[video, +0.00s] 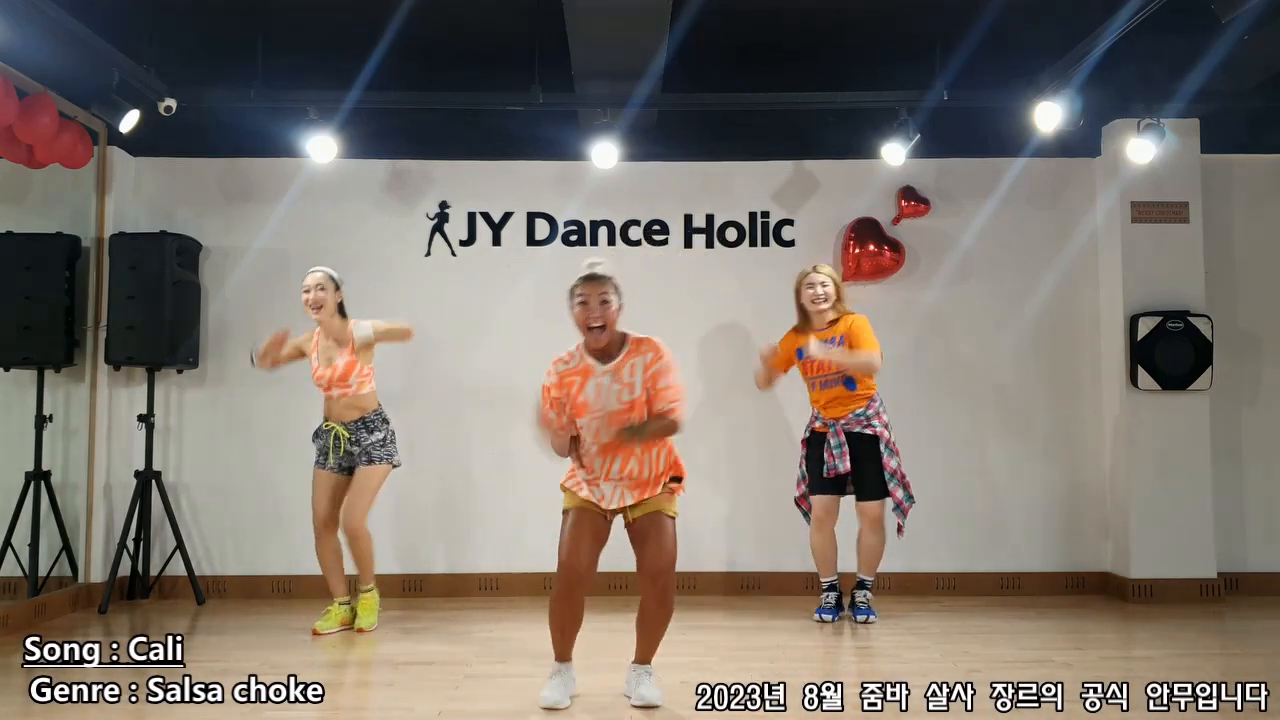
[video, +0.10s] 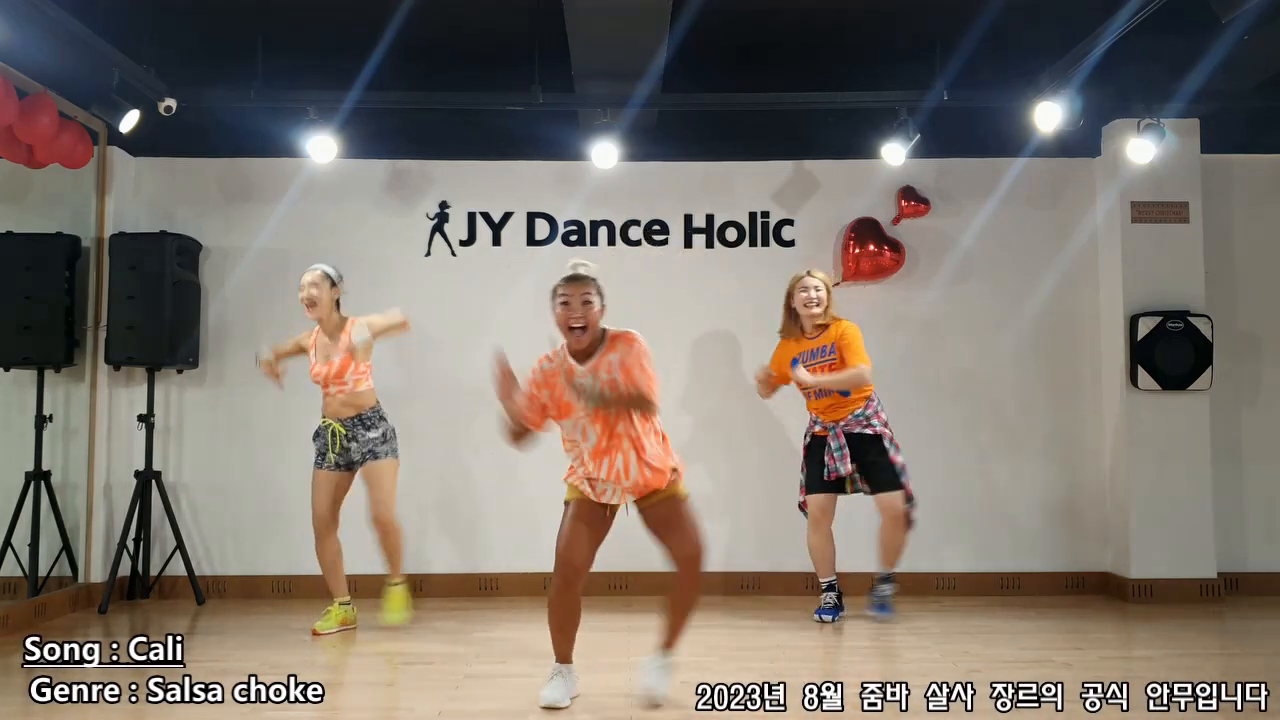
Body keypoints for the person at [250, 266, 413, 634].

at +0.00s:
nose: (312, 296)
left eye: (321, 288)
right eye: (307, 290)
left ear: (338, 295)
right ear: (302, 299)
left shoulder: (360, 331)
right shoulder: (309, 341)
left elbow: (407, 332)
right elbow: (267, 363)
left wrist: (367, 334)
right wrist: (270, 349)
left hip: (373, 434)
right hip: (333, 437)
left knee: (352, 520)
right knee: (323, 523)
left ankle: (367, 594)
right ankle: (341, 604)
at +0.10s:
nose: (306, 294)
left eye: (315, 287)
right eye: (302, 289)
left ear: (336, 291)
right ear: (301, 297)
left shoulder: (359, 326)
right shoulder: (309, 339)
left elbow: (400, 322)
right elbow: (273, 354)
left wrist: (372, 328)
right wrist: (271, 367)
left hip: (371, 429)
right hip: (332, 435)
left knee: (382, 515)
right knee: (323, 522)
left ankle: (396, 582)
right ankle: (342, 604)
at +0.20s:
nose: (306, 288)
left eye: (313, 282)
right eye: (306, 283)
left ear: (336, 285)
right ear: (311, 289)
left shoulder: (355, 317)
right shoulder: (311, 325)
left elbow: (372, 276)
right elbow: (269, 314)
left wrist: (329, 258)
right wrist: (259, 284)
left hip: (375, 418)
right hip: (338, 426)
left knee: (408, 505)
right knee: (332, 518)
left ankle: (440, 581)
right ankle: (343, 603)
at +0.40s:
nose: (318, 288)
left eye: (326, 280)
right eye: (314, 282)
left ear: (348, 287)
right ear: (313, 290)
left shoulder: (363, 324)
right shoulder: (322, 328)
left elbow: (364, 294)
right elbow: (275, 321)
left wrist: (316, 269)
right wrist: (257, 291)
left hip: (389, 420)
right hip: (353, 428)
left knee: (422, 512)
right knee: (333, 516)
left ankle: (462, 588)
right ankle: (343, 604)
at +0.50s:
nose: (334, 298)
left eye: (343, 291)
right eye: (328, 291)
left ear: (360, 297)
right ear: (323, 298)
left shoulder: (379, 332)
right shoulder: (329, 345)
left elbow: (416, 362)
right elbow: (301, 383)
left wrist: (377, 361)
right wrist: (293, 375)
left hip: (396, 433)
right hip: (358, 438)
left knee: (413, 523)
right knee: (327, 522)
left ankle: (446, 595)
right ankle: (342, 605)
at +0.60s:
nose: (358, 303)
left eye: (366, 296)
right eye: (352, 297)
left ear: (381, 303)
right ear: (345, 306)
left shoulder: (404, 345)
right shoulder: (345, 354)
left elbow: (443, 391)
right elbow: (331, 402)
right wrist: (321, 423)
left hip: (406, 441)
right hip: (365, 443)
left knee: (414, 534)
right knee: (325, 524)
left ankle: (439, 604)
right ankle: (341, 606)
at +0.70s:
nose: (381, 296)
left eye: (389, 289)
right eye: (374, 290)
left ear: (403, 295)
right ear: (367, 299)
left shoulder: (426, 337)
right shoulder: (361, 343)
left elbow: (468, 375)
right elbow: (332, 392)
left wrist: (456, 381)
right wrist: (344, 381)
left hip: (423, 434)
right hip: (380, 434)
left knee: (423, 528)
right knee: (348, 518)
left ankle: (439, 603)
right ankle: (349, 603)